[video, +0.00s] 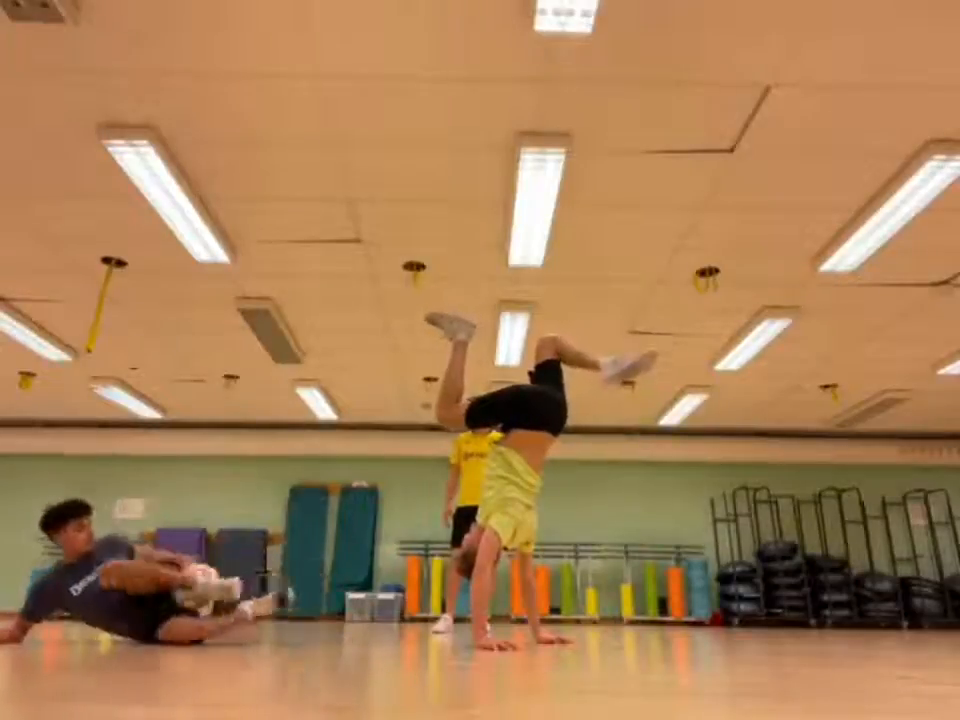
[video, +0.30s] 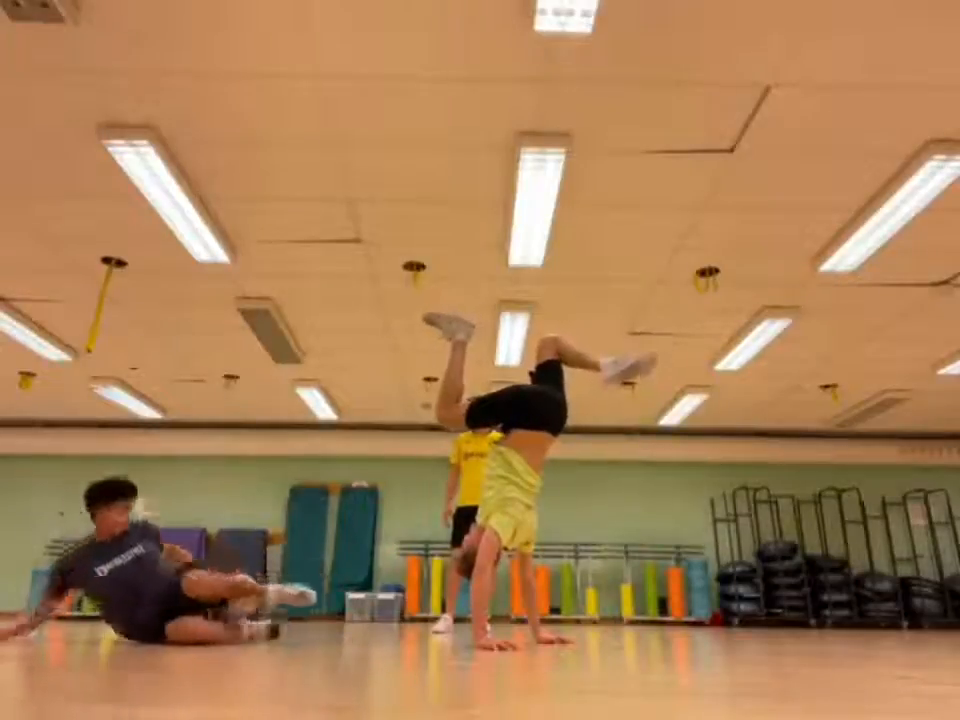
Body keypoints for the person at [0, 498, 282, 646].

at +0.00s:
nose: (88, 535)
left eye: (88, 528)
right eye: (79, 530)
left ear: (90, 530)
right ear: (59, 537)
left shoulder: (110, 546)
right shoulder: (49, 586)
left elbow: (149, 556)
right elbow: (16, 631)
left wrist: (184, 565)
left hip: (161, 589)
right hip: (148, 622)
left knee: (112, 571)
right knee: (189, 630)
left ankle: (197, 584)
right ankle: (245, 613)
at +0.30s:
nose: (127, 518)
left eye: (128, 510)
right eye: (120, 511)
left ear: (126, 512)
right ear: (100, 514)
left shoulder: (141, 532)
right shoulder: (77, 562)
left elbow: (166, 553)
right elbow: (52, 602)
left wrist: (190, 561)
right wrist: (29, 624)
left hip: (171, 588)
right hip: (146, 621)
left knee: (218, 582)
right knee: (197, 630)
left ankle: (273, 594)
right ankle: (255, 629)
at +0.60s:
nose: (163, 517)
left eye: (164, 509)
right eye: (158, 508)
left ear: (154, 509)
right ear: (134, 507)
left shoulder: (164, 536)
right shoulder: (103, 545)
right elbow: (60, 584)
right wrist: (37, 629)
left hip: (190, 596)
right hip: (157, 623)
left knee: (216, 536)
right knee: (193, 617)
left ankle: (260, 583)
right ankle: (260, 631)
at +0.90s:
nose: (159, 517)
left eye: (160, 510)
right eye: (153, 510)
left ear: (151, 510)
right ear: (129, 509)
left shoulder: (160, 532)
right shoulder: (97, 544)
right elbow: (54, 584)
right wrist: (32, 633)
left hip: (180, 593)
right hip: (147, 623)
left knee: (233, 539)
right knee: (187, 611)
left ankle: (260, 599)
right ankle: (262, 624)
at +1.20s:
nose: (171, 506)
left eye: (171, 499)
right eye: (163, 501)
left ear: (169, 500)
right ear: (141, 503)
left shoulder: (184, 518)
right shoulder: (115, 535)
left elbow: (231, 524)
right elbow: (73, 576)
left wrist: (276, 526)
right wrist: (48, 631)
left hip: (203, 586)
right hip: (157, 612)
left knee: (269, 569)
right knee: (194, 611)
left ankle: (285, 622)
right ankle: (261, 633)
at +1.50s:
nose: (74, 479)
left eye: (68, 471)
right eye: (65, 482)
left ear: (67, 460)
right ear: (57, 487)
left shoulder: (86, 445)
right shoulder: (82, 517)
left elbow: (56, 399)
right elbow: (70, 574)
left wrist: (11, 373)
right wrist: (45, 633)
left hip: (193, 491)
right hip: (172, 527)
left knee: (257, 524)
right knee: (210, 565)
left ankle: (289, 563)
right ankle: (269, 624)